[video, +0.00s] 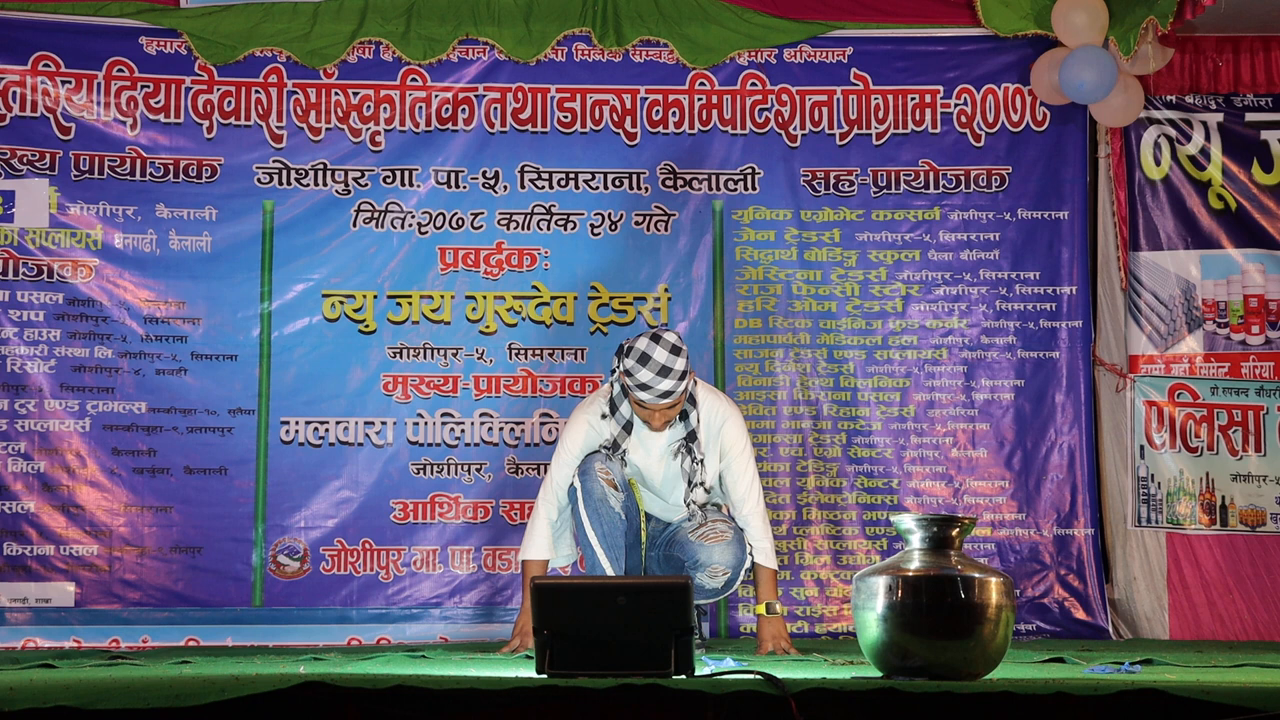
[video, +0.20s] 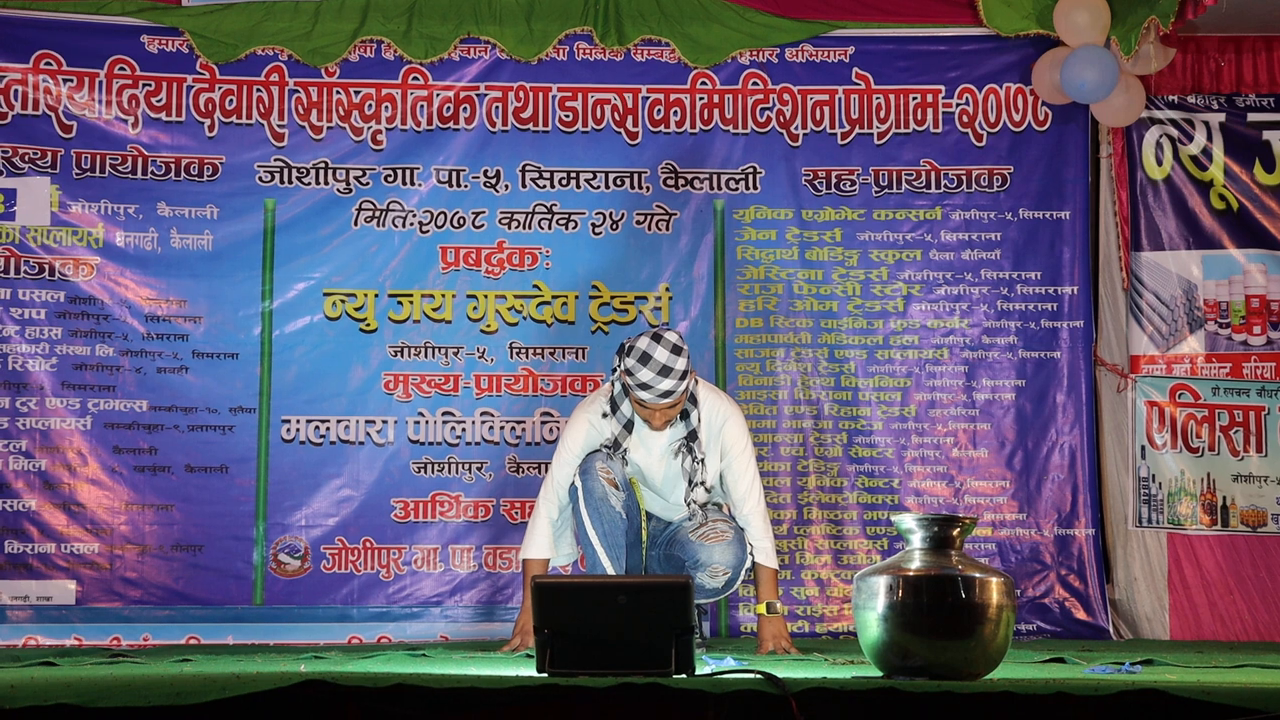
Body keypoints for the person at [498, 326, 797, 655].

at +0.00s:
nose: (657, 418)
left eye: (669, 407)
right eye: (645, 407)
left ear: (685, 388)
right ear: (626, 390)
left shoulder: (720, 415)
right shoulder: (593, 415)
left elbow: (752, 511)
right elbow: (549, 503)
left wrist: (769, 611)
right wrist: (530, 605)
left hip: (683, 542)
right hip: (621, 538)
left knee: (723, 549)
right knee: (596, 468)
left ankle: (685, 612)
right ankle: (616, 609)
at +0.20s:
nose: (659, 418)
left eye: (669, 407)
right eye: (646, 407)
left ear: (686, 387)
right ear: (627, 390)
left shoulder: (721, 415)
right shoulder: (594, 414)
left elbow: (753, 509)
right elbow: (550, 502)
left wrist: (769, 610)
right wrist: (529, 606)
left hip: (684, 540)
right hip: (621, 536)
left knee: (724, 550)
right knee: (596, 467)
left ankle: (679, 615)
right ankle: (615, 610)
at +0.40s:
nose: (634, 406)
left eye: (649, 399)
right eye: (628, 391)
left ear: (682, 388)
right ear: (623, 375)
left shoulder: (723, 416)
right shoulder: (597, 412)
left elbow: (755, 510)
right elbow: (551, 501)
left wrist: (770, 610)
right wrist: (530, 605)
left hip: (684, 544)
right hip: (623, 537)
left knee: (722, 543)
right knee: (598, 466)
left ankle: (684, 616)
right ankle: (618, 612)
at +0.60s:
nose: (618, 383)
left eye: (633, 377)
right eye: (618, 369)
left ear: (673, 382)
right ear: (616, 361)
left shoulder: (724, 415)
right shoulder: (596, 413)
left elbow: (757, 511)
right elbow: (552, 503)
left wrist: (772, 611)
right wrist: (531, 604)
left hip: (686, 539)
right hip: (624, 533)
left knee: (726, 551)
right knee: (601, 464)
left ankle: (686, 613)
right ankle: (615, 611)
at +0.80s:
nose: (616, 378)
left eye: (632, 371)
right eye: (617, 363)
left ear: (671, 377)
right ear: (615, 357)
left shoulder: (724, 414)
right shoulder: (597, 411)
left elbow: (757, 509)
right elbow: (553, 502)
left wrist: (773, 610)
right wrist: (532, 603)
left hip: (689, 539)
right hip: (627, 532)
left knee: (726, 548)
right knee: (601, 463)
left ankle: (691, 611)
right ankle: (616, 607)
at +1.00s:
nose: (617, 376)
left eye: (632, 369)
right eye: (618, 362)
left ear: (672, 376)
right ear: (616, 356)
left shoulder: (725, 414)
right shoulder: (598, 411)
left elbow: (758, 508)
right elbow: (554, 502)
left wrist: (774, 609)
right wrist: (533, 604)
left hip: (691, 538)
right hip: (628, 531)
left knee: (727, 551)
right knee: (602, 463)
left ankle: (689, 612)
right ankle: (618, 608)